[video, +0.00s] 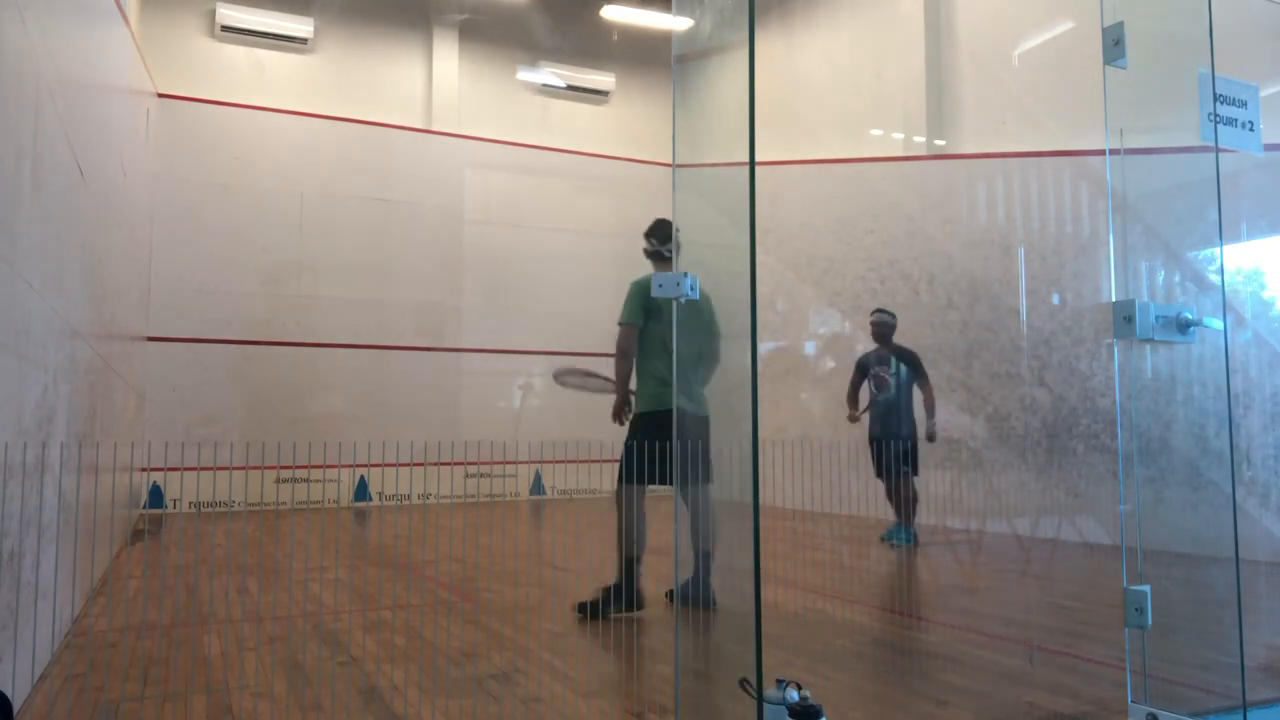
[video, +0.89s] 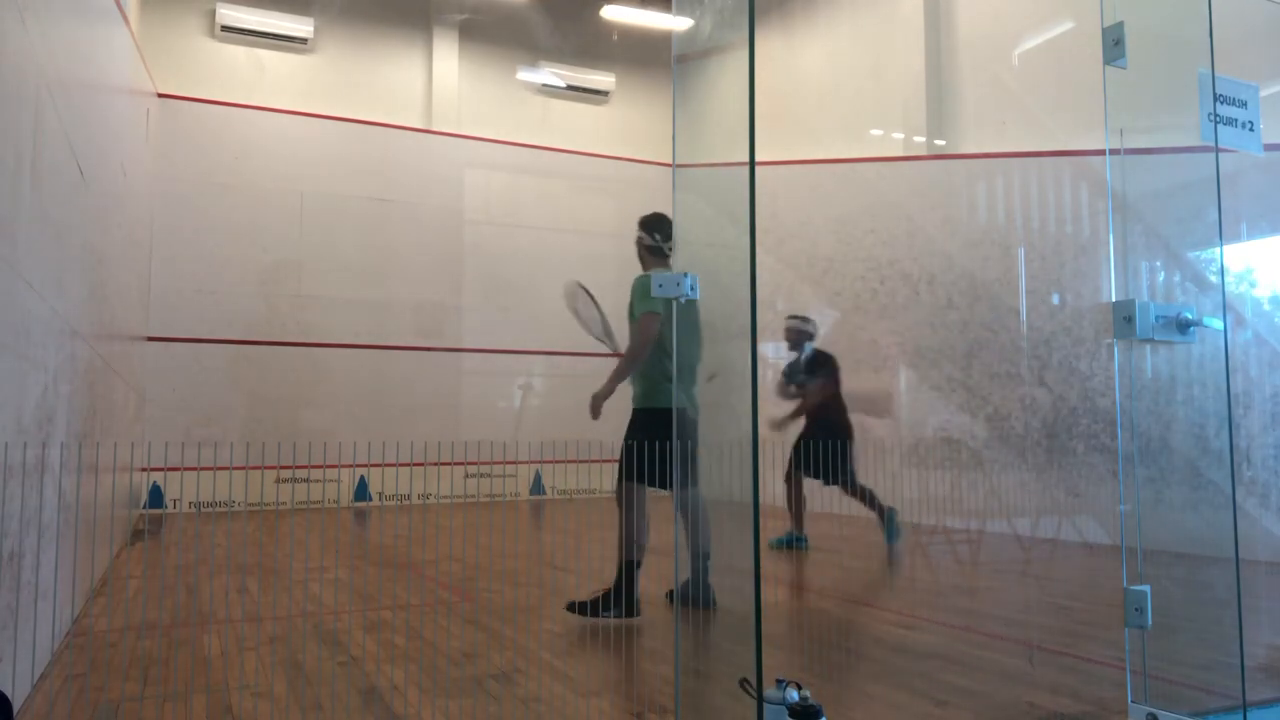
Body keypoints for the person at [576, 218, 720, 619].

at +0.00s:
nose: (648, 255)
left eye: (647, 248)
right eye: (658, 246)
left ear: (648, 250)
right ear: (678, 249)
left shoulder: (642, 289)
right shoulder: (698, 293)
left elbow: (625, 345)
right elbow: (712, 353)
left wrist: (622, 393)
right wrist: (691, 387)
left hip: (654, 412)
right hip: (693, 413)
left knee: (629, 492)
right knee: (698, 495)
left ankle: (626, 586)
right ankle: (702, 582)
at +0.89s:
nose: (635, 245)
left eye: (637, 239)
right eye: (639, 238)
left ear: (642, 244)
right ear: (671, 247)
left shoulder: (648, 282)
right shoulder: (684, 287)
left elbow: (644, 338)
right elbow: (684, 350)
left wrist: (607, 388)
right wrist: (632, 356)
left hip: (654, 410)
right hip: (685, 410)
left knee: (629, 493)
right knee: (689, 495)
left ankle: (623, 593)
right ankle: (700, 584)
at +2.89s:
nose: (573, 261)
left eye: (557, 257)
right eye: (580, 253)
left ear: (554, 258)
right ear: (584, 258)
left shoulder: (547, 292)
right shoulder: (605, 298)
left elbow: (534, 334)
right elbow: (629, 348)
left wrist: (495, 355)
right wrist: (602, 380)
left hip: (558, 414)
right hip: (598, 417)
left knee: (544, 493)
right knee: (604, 492)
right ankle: (622, 579)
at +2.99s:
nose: (593, 255)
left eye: (580, 248)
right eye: (599, 249)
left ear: (572, 250)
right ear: (605, 251)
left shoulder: (559, 282)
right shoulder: (621, 288)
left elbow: (539, 324)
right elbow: (648, 333)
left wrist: (522, 346)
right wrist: (642, 371)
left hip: (579, 399)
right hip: (617, 399)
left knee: (589, 485)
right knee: (612, 478)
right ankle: (639, 546)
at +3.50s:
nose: (667, 298)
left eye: (666, 291)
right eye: (664, 291)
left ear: (634, 290)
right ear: (651, 290)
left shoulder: (609, 322)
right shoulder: (661, 325)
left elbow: (591, 366)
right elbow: (673, 373)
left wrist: (621, 367)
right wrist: (694, 413)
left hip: (622, 423)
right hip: (659, 422)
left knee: (622, 488)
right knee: (665, 486)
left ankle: (638, 532)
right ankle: (670, 550)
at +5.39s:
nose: (712, 300)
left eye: (709, 293)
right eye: (711, 294)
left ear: (683, 298)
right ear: (713, 298)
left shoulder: (670, 330)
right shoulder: (728, 333)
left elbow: (661, 371)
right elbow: (744, 385)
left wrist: (651, 408)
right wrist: (729, 413)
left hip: (685, 428)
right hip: (724, 428)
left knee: (667, 491)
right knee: (730, 495)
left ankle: (666, 557)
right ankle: (722, 550)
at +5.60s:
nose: (675, 326)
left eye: (676, 320)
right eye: (677, 319)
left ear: (676, 320)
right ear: (697, 318)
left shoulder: (680, 349)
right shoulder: (720, 350)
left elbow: (676, 391)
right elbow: (734, 400)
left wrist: (654, 422)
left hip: (699, 435)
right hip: (730, 434)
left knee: (654, 480)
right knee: (717, 486)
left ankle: (661, 550)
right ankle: (739, 545)